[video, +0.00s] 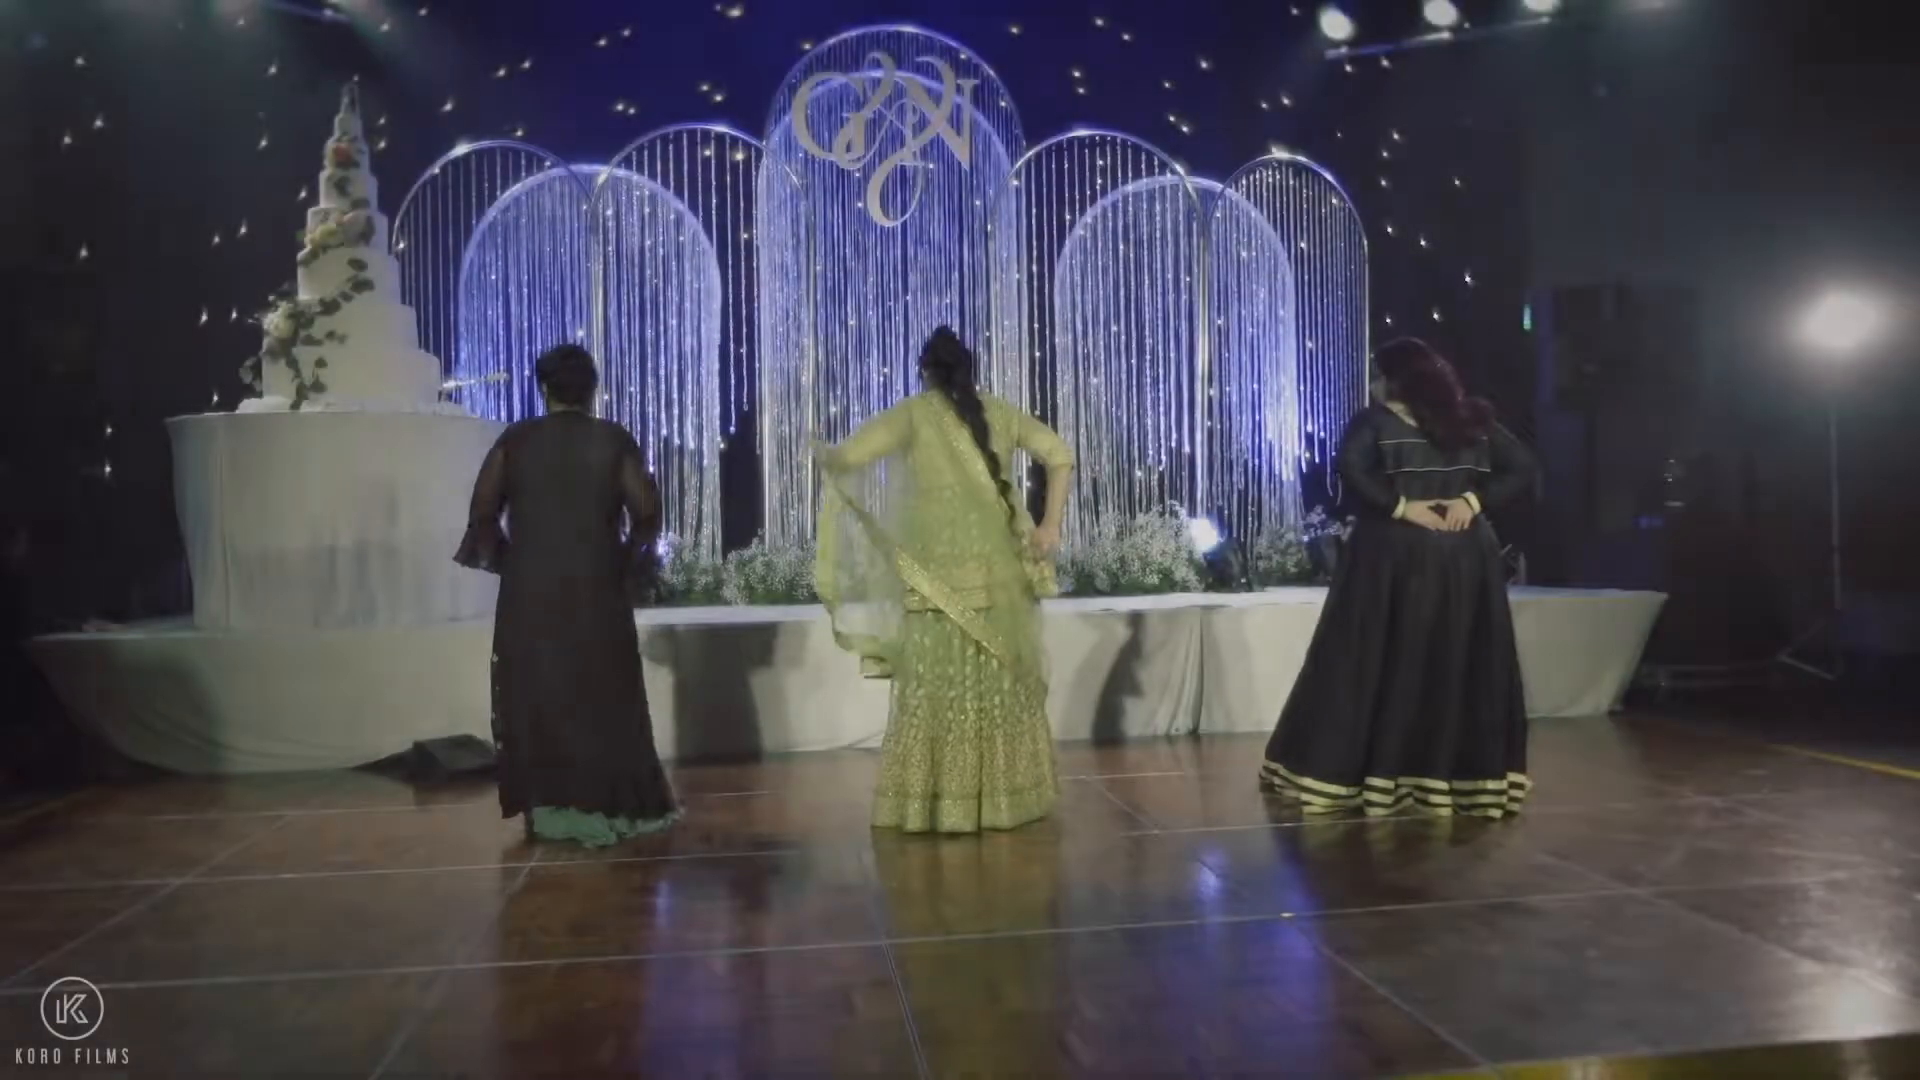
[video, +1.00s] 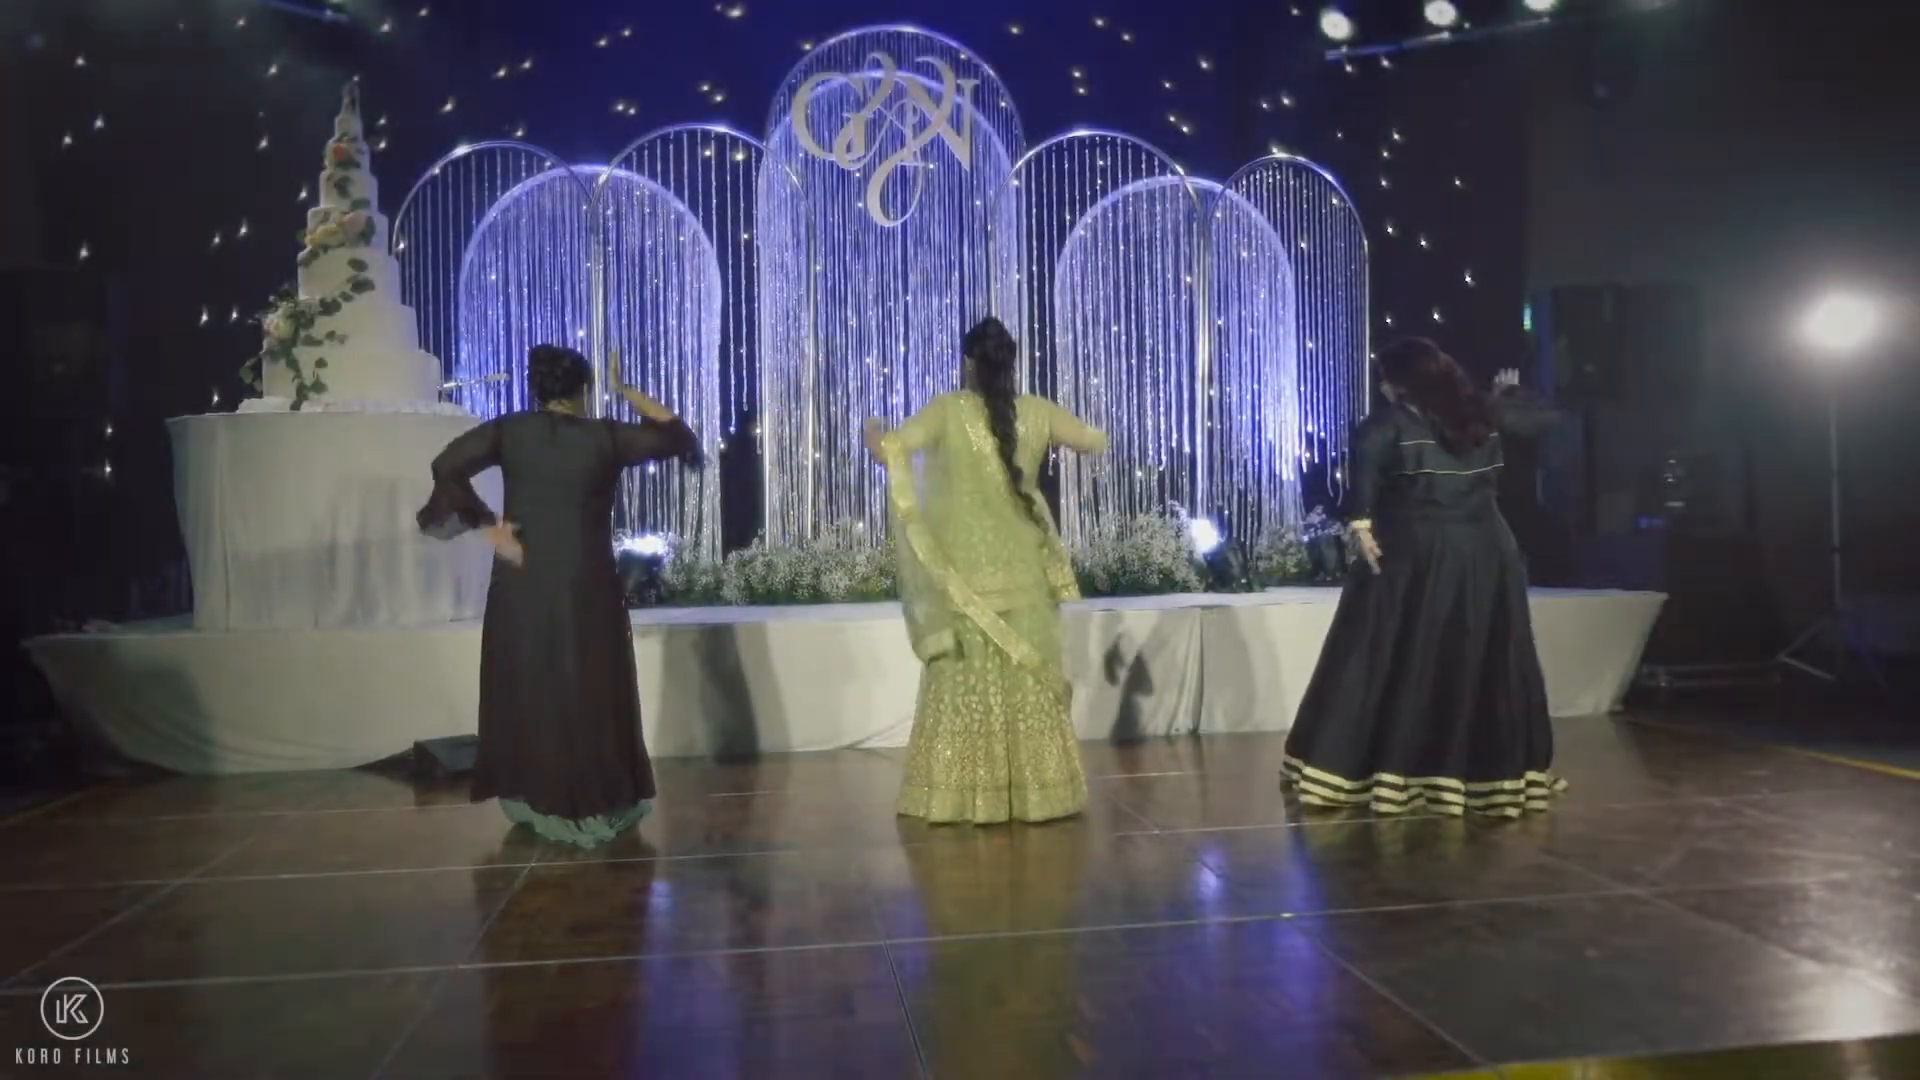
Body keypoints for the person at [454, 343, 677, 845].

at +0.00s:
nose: (571, 392)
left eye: (556, 385)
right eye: (581, 384)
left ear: (544, 389)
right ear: (592, 389)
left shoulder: (515, 441)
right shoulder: (614, 440)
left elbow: (482, 519)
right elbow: (648, 511)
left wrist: (515, 561)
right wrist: (626, 560)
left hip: (532, 591)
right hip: (595, 591)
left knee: (537, 697)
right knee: (602, 695)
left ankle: (545, 808)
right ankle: (608, 806)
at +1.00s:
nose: (583, 395)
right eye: (583, 388)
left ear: (535, 389)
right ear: (583, 390)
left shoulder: (509, 430)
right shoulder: (604, 437)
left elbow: (446, 467)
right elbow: (678, 438)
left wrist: (489, 525)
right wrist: (639, 400)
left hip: (522, 584)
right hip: (584, 583)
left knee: (527, 691)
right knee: (592, 691)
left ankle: (533, 805)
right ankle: (594, 808)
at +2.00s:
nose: (595, 394)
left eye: (591, 386)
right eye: (590, 387)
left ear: (539, 393)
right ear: (577, 394)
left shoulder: (519, 435)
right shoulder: (605, 438)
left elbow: (501, 388)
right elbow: (637, 400)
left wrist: (529, 346)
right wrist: (607, 339)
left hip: (530, 577)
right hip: (589, 578)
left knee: (533, 685)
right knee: (597, 685)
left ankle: (536, 803)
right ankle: (598, 805)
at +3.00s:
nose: (543, 418)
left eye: (541, 409)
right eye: (545, 408)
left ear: (549, 409)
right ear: (591, 398)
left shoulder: (546, 467)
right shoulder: (638, 431)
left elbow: (507, 538)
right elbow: (704, 431)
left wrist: (439, 563)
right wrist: (698, 401)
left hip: (592, 594)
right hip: (654, 587)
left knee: (580, 693)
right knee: (639, 691)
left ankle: (578, 809)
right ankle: (633, 806)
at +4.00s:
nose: (525, 413)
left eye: (525, 403)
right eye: (525, 403)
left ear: (539, 399)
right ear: (577, 396)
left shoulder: (529, 441)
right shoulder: (621, 437)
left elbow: (490, 500)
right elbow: (677, 488)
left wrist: (489, 559)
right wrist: (671, 537)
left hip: (558, 593)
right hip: (622, 591)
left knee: (559, 697)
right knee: (622, 695)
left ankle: (569, 810)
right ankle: (629, 808)